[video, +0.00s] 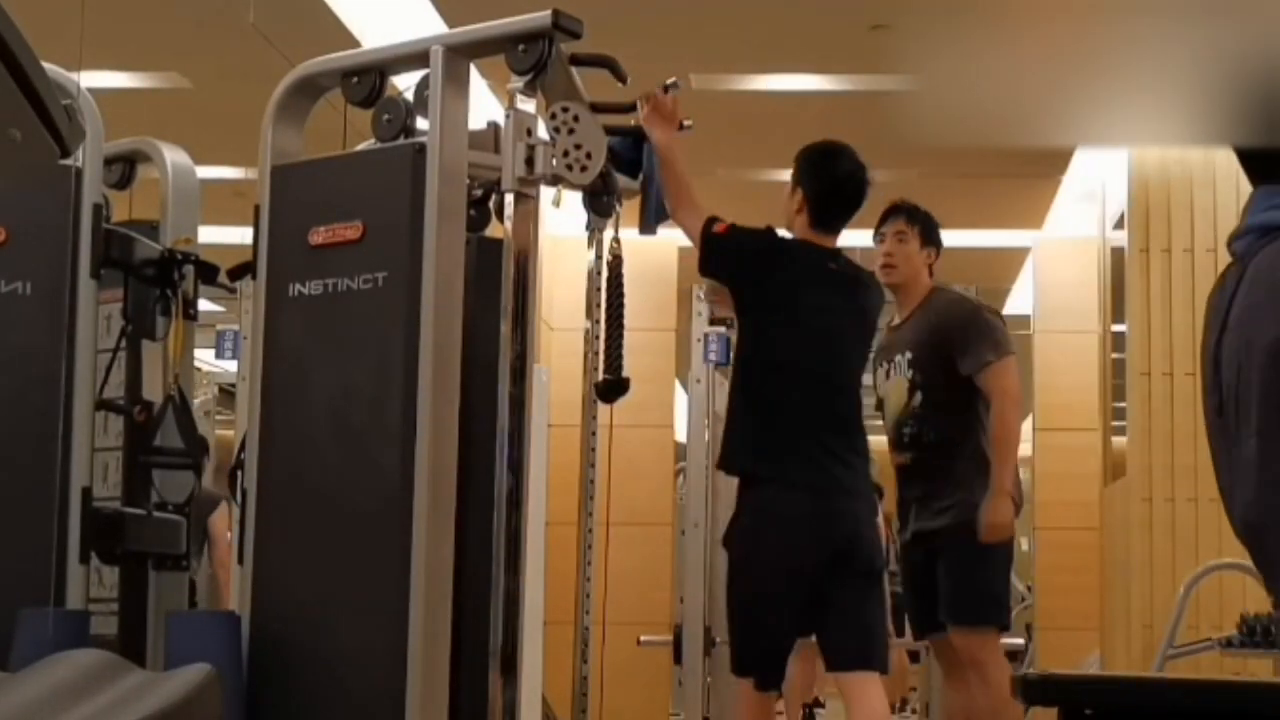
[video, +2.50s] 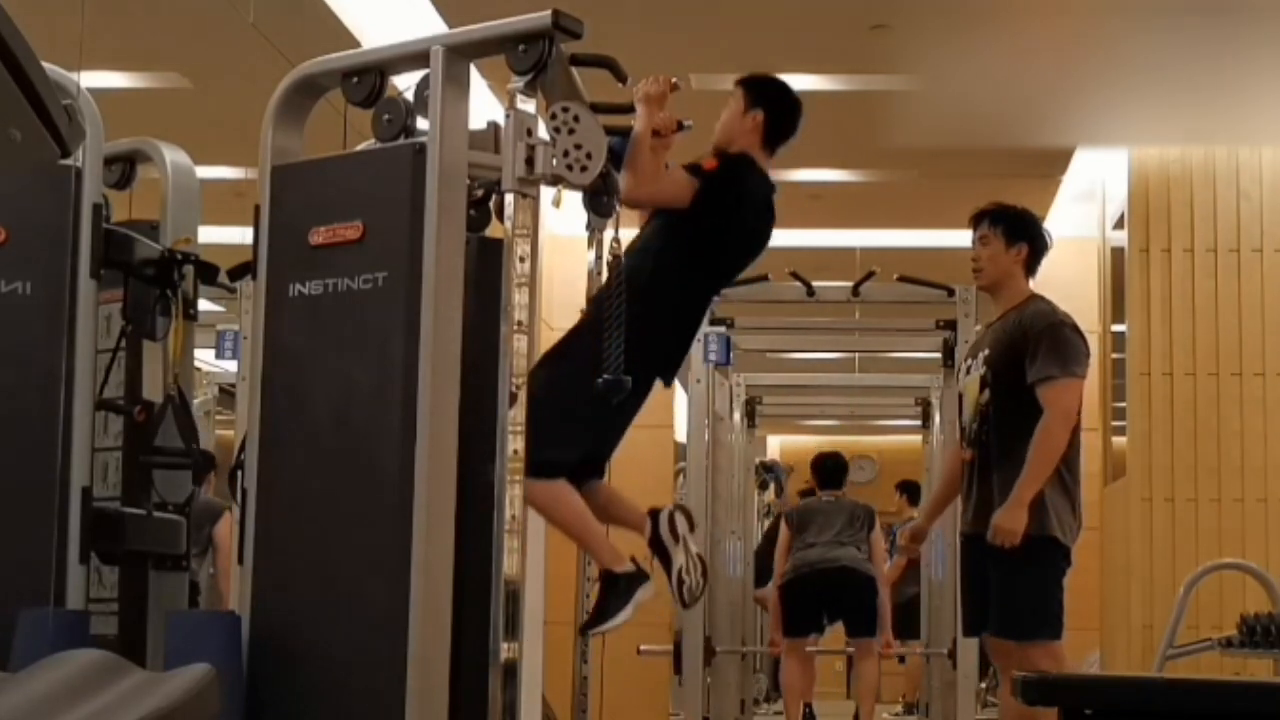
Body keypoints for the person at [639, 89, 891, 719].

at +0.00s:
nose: (786, 197)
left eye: (790, 188)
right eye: (792, 188)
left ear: (798, 199)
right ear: (853, 210)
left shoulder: (763, 258)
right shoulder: (865, 290)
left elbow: (687, 212)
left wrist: (663, 140)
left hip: (773, 498)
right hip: (850, 504)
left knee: (758, 681)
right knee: (862, 676)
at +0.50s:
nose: (730, 206)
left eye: (741, 198)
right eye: (740, 197)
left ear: (757, 218)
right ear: (779, 227)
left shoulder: (733, 264)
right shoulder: (773, 283)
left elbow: (655, 198)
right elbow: (696, 228)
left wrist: (642, 115)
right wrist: (685, 161)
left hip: (718, 486)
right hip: (758, 487)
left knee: (719, 669)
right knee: (754, 668)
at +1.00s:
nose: (705, 239)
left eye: (718, 234)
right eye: (716, 232)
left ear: (734, 257)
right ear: (741, 263)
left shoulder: (707, 302)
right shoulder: (721, 307)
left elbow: (655, 209)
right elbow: (661, 212)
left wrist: (647, 124)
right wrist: (654, 136)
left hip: (682, 523)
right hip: (709, 522)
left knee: (650, 686)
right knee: (710, 689)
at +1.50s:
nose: (669, 259)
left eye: (681, 257)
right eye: (678, 255)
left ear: (693, 287)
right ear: (690, 289)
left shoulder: (664, 327)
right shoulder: (656, 327)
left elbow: (646, 209)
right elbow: (645, 216)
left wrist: (645, 123)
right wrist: (658, 133)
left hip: (633, 542)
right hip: (633, 540)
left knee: (621, 704)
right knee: (642, 692)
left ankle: (745, 717)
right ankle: (755, 716)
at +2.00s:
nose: (705, 230)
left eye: (717, 227)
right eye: (713, 223)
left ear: (736, 249)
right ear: (739, 256)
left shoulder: (700, 294)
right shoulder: (696, 293)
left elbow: (638, 211)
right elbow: (646, 218)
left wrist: (644, 127)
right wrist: (654, 142)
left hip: (584, 465)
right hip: (597, 465)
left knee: (539, 618)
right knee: (585, 607)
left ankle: (668, 689)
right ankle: (689, 646)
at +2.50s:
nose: (719, 117)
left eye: (729, 106)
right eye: (726, 105)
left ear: (753, 119)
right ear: (767, 128)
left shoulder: (733, 180)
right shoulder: (754, 197)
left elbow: (640, 187)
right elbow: (649, 208)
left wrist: (645, 119)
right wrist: (658, 145)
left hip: (620, 332)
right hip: (643, 345)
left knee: (535, 472)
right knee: (581, 481)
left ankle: (617, 572)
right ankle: (655, 528)